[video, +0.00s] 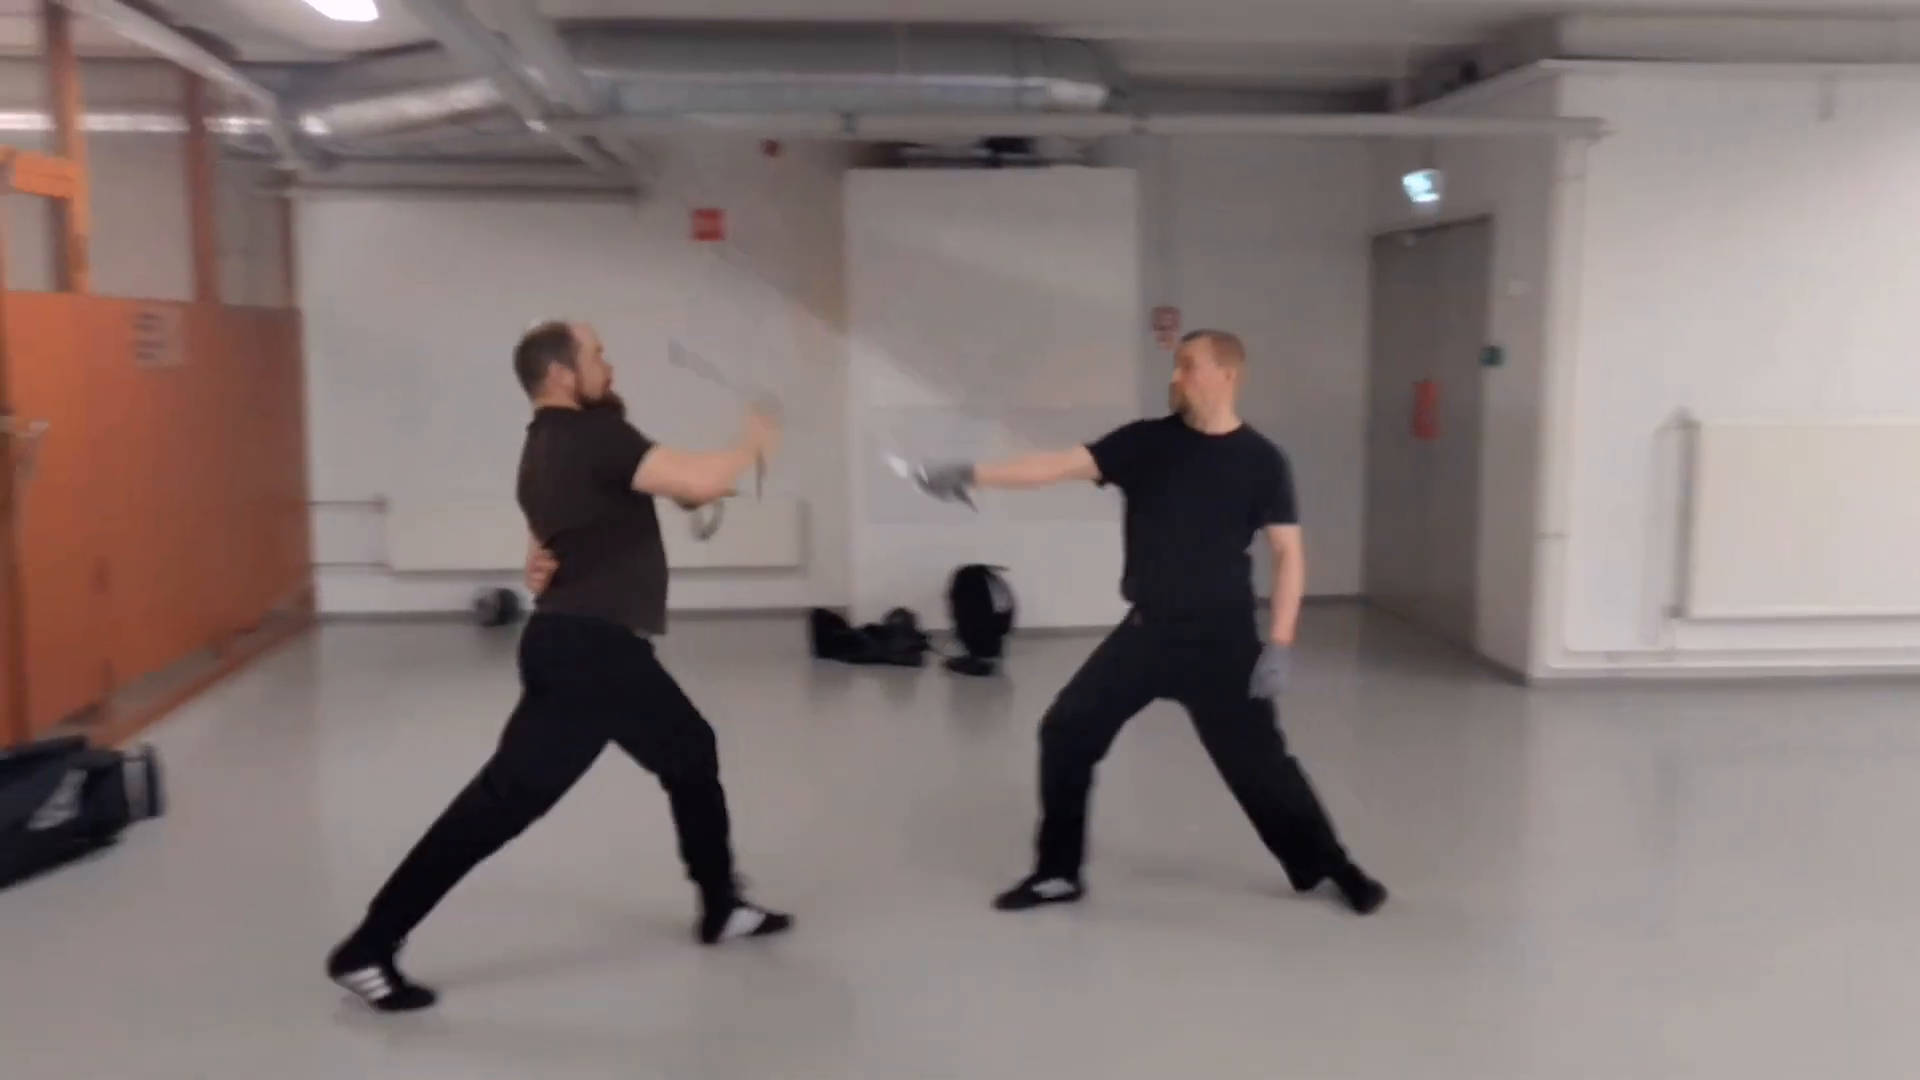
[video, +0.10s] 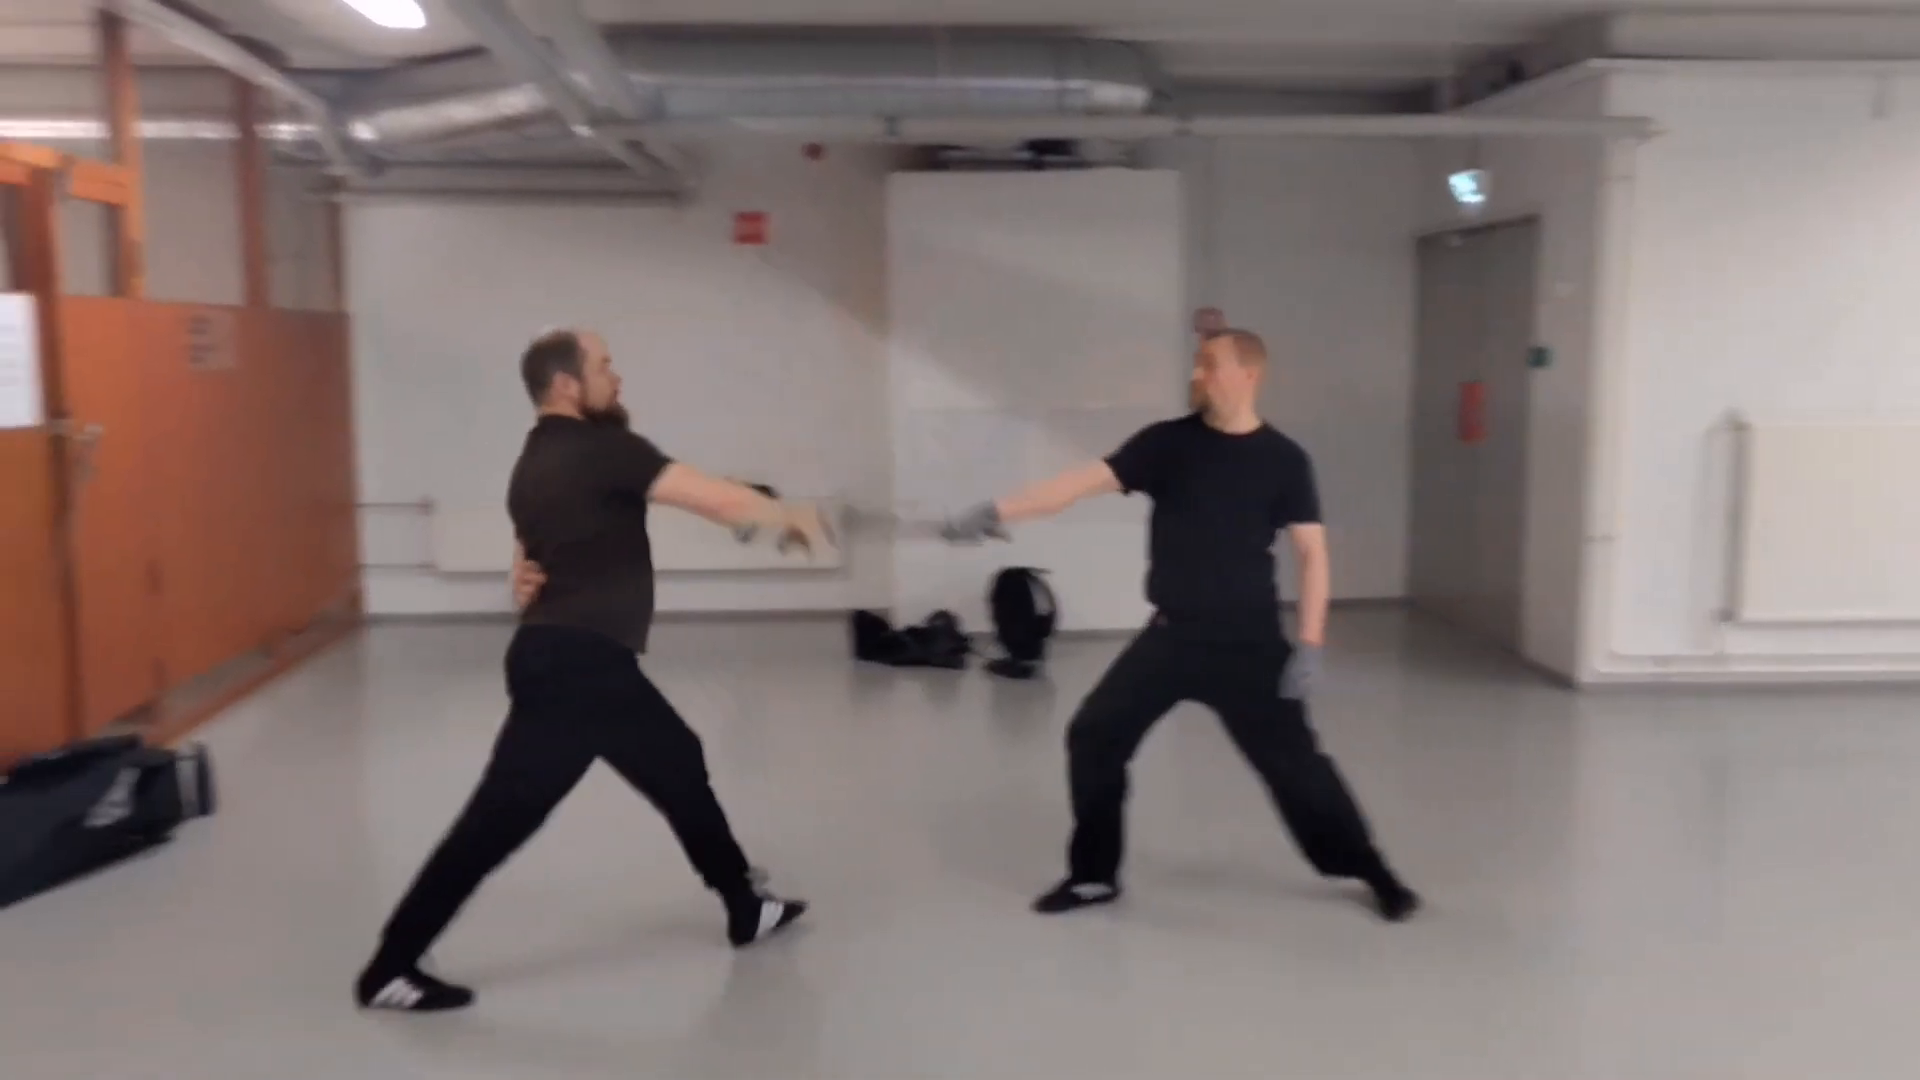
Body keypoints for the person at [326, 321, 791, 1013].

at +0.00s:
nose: (609, 366)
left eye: (603, 354)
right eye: (597, 357)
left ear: (551, 380)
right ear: (561, 376)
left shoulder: (546, 446)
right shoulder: (592, 435)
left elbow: (544, 552)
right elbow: (700, 482)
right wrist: (753, 445)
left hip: (576, 641)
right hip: (590, 646)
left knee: (689, 751)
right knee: (503, 804)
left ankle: (721, 907)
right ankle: (365, 952)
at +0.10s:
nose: (617, 378)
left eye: (611, 365)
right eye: (604, 367)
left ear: (557, 390)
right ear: (565, 386)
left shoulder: (539, 459)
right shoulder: (600, 446)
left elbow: (530, 571)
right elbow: (713, 499)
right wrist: (786, 516)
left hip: (566, 656)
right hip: (578, 660)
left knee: (678, 766)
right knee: (498, 820)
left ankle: (746, 906)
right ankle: (388, 970)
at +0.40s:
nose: (713, 363)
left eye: (708, 350)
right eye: (701, 351)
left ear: (648, 371)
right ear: (662, 366)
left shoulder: (607, 440)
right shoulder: (700, 438)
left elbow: (564, 546)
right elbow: (808, 515)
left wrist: (579, 563)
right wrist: (885, 548)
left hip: (601, 631)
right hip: (633, 640)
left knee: (701, 757)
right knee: (572, 812)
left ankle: (689, 925)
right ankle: (483, 969)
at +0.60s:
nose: (787, 367)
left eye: (782, 355)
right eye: (777, 357)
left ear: (722, 374)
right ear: (741, 370)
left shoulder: (670, 439)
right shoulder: (770, 452)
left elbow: (623, 534)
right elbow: (855, 550)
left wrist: (639, 556)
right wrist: (910, 545)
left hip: (659, 629)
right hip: (701, 638)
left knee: (744, 761)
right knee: (680, 798)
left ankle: (715, 924)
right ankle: (540, 934)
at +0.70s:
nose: (818, 366)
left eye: (814, 353)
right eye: (809, 355)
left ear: (752, 370)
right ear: (776, 368)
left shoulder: (693, 433)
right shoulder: (801, 453)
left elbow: (644, 519)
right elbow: (872, 544)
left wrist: (657, 549)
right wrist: (929, 526)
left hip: (672, 624)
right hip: (728, 630)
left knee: (734, 777)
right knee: (767, 796)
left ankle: (718, 925)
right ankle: (629, 915)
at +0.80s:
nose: (847, 366)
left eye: (844, 354)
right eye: (839, 355)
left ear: (780, 366)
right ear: (807, 365)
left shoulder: (715, 426)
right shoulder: (825, 450)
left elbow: (661, 508)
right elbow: (895, 533)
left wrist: (679, 544)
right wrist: (957, 513)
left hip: (688, 622)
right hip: (752, 628)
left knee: (743, 771)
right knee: (833, 774)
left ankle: (713, 924)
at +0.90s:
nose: (872, 369)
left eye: (870, 357)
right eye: (866, 357)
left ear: (806, 366)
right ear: (834, 365)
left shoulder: (737, 424)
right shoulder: (849, 449)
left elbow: (678, 503)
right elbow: (923, 527)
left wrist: (701, 543)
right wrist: (987, 507)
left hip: (714, 628)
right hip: (782, 629)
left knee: (749, 773)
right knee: (879, 756)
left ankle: (707, 923)